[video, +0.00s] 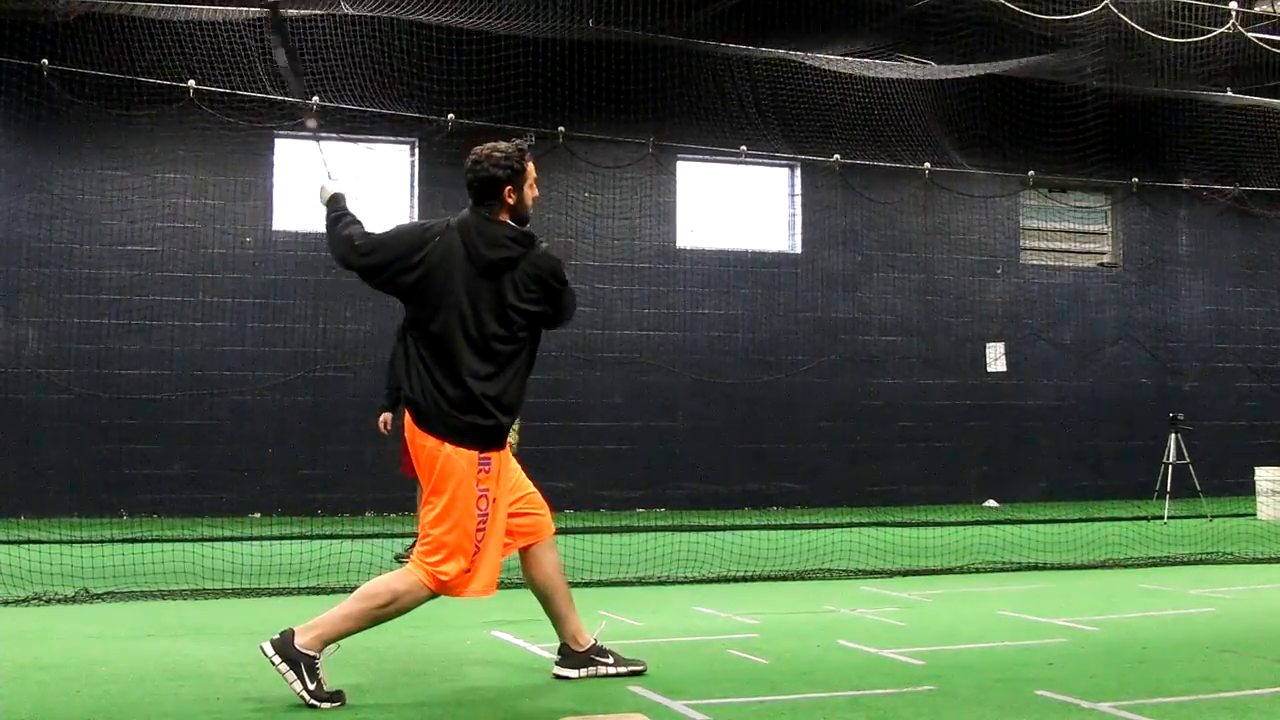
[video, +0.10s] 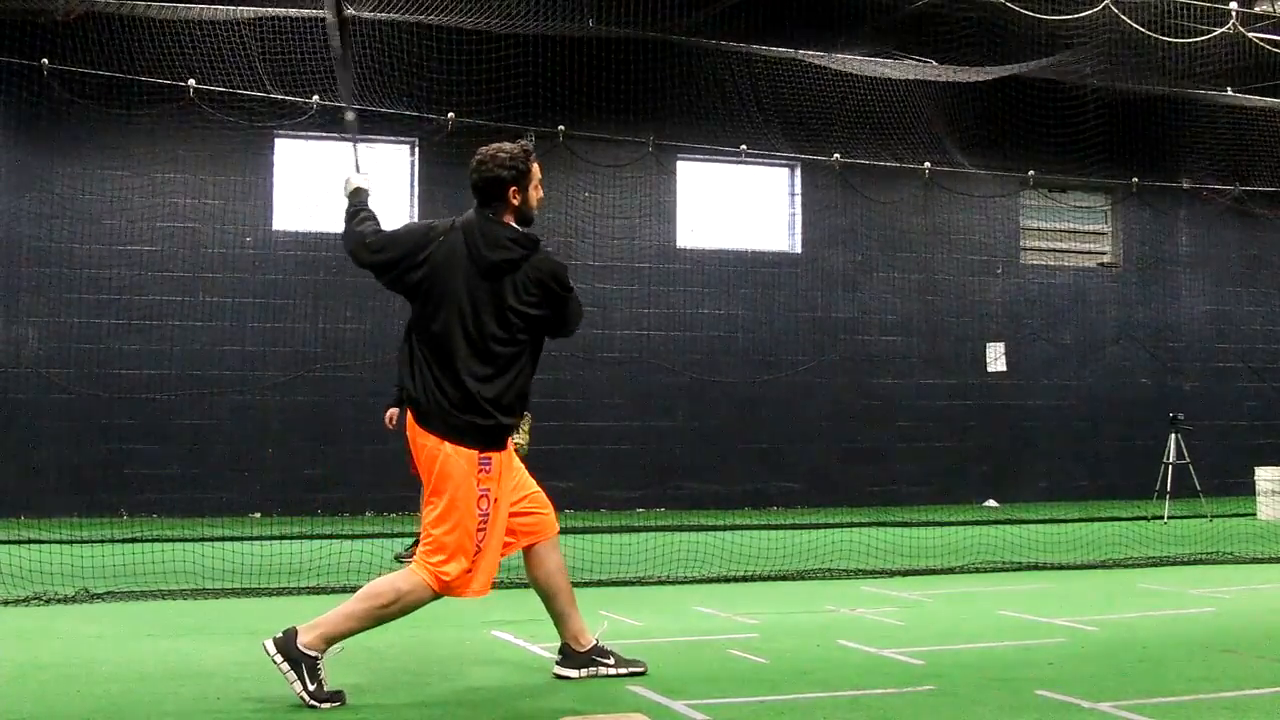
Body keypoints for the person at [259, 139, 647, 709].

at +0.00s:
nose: (537, 190)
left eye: (534, 180)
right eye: (532, 182)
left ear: (477, 191)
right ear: (513, 193)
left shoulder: (433, 241)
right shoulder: (534, 263)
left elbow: (354, 251)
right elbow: (562, 310)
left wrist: (336, 206)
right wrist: (524, 246)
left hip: (431, 423)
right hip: (471, 438)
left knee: (534, 525)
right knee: (436, 571)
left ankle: (578, 647)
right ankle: (301, 644)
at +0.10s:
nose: (542, 190)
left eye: (540, 180)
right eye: (537, 183)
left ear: (482, 192)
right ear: (519, 194)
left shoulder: (436, 240)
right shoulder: (537, 267)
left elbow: (365, 246)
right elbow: (567, 320)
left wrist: (357, 198)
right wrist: (522, 267)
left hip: (434, 424)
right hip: (474, 439)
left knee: (538, 524)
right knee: (440, 571)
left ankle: (579, 648)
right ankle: (303, 644)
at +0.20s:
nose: (547, 193)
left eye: (545, 183)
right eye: (542, 185)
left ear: (489, 196)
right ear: (521, 198)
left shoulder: (440, 242)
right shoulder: (543, 270)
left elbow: (378, 246)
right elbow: (570, 335)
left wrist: (378, 202)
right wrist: (519, 291)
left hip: (437, 424)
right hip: (475, 440)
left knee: (542, 524)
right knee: (441, 573)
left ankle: (580, 647)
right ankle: (303, 644)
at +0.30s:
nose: (553, 195)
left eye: (549, 186)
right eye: (547, 188)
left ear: (498, 201)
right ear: (524, 202)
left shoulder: (446, 245)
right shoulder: (544, 277)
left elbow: (390, 243)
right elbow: (572, 349)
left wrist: (403, 193)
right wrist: (572, 307)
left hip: (441, 426)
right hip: (475, 443)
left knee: (546, 522)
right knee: (441, 575)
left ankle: (580, 647)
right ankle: (303, 644)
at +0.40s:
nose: (557, 200)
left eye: (554, 190)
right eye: (553, 192)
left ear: (502, 203)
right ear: (529, 204)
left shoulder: (450, 248)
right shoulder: (547, 284)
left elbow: (403, 241)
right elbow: (569, 365)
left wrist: (427, 195)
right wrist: (589, 339)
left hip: (443, 424)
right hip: (477, 444)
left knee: (549, 519)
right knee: (441, 576)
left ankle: (580, 647)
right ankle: (304, 644)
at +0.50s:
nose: (564, 199)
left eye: (561, 191)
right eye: (558, 193)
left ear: (512, 204)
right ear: (535, 205)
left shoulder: (458, 246)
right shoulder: (548, 289)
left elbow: (420, 241)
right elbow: (565, 382)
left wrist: (451, 200)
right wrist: (594, 374)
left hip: (449, 421)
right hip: (478, 442)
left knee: (553, 515)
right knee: (442, 575)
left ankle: (581, 647)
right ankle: (304, 644)